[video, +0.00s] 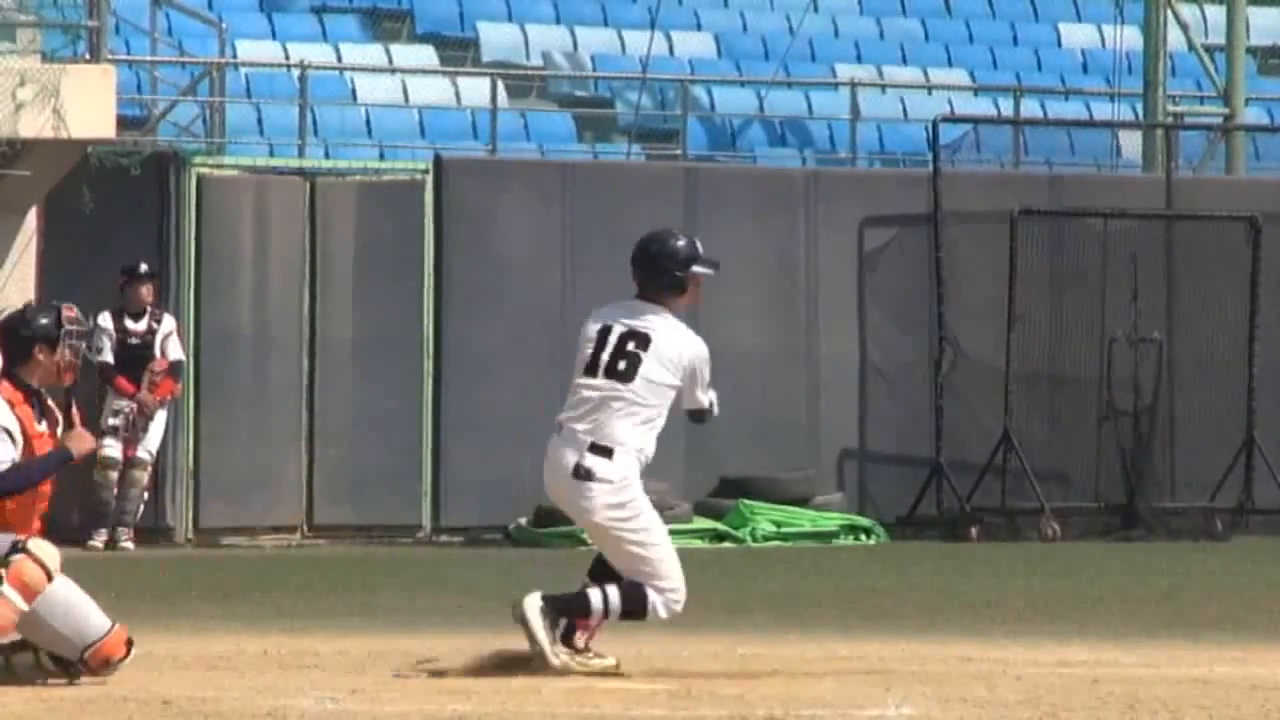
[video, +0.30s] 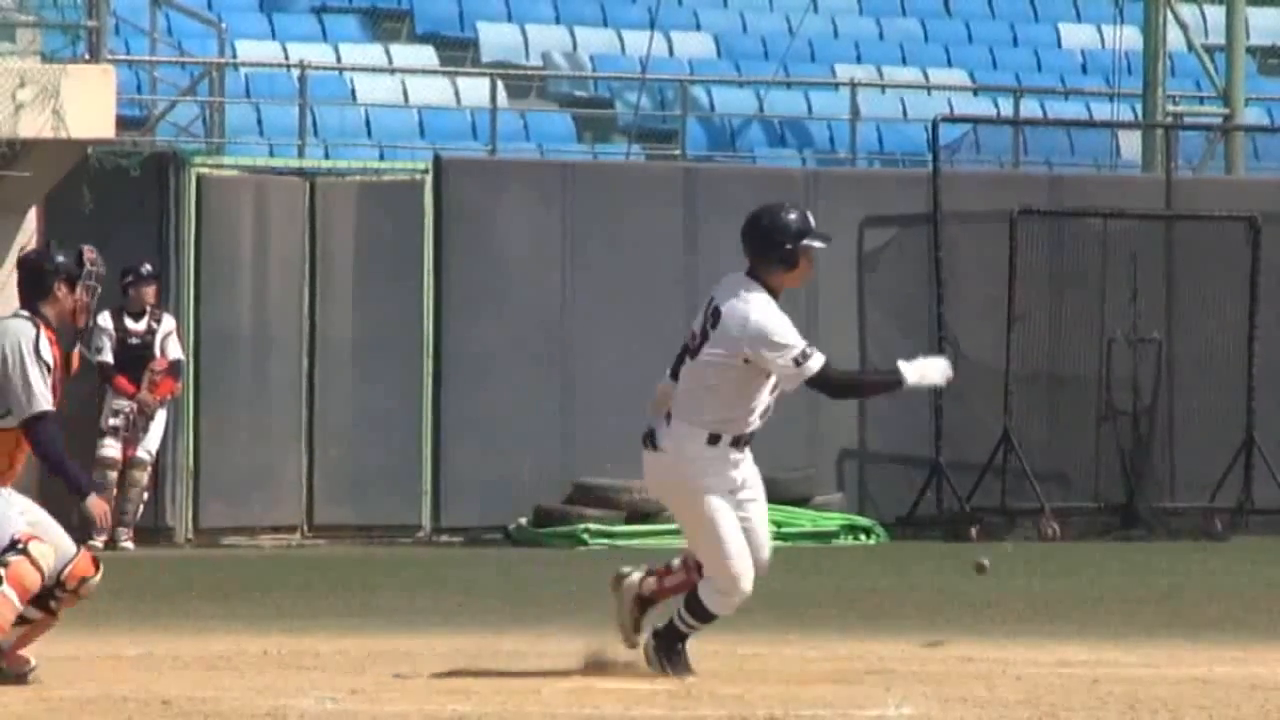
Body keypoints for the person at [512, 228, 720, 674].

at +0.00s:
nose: (702, 284)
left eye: (701, 275)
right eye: (697, 276)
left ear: (641, 277)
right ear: (681, 283)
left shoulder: (599, 318)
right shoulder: (688, 345)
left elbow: (597, 377)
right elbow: (699, 412)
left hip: (558, 465)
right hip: (607, 480)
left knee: (623, 548)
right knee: (667, 594)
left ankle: (575, 639)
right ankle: (552, 609)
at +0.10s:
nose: (723, 281)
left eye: (722, 272)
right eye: (718, 273)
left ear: (666, 275)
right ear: (703, 279)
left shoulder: (630, 314)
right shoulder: (700, 344)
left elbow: (625, 396)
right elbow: (731, 426)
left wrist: (665, 443)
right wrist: (770, 440)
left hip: (577, 458)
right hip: (619, 468)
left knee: (636, 546)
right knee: (714, 565)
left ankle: (580, 636)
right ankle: (601, 615)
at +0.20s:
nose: (781, 259)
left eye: (780, 250)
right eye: (775, 251)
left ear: (729, 252)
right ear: (754, 254)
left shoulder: (697, 292)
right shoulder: (736, 317)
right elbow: (787, 398)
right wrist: (857, 430)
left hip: (657, 452)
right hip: (670, 459)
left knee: (658, 553)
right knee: (754, 559)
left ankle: (591, 632)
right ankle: (674, 632)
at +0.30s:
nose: (813, 260)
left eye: (812, 251)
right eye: (808, 252)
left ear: (763, 254)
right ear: (786, 258)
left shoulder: (735, 291)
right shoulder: (758, 316)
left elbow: (692, 351)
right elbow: (833, 383)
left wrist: (670, 388)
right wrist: (909, 374)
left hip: (733, 454)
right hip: (686, 455)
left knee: (754, 557)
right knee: (731, 582)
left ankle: (644, 590)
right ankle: (668, 641)